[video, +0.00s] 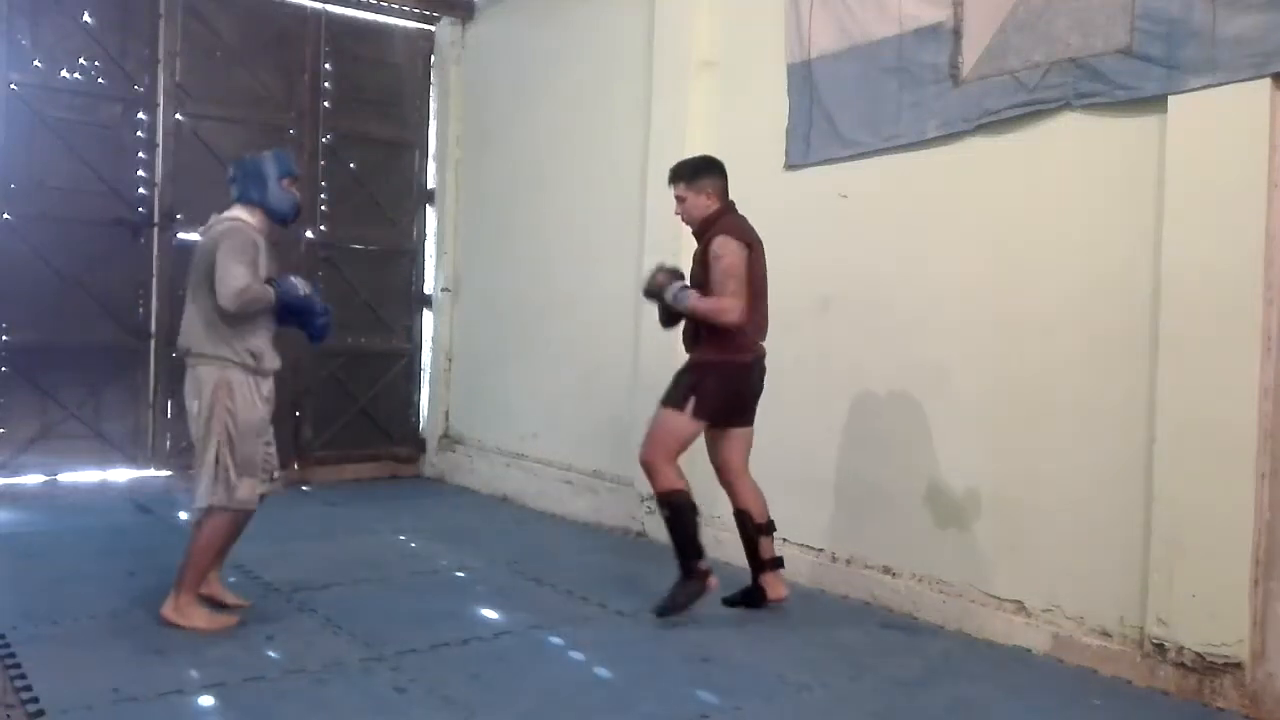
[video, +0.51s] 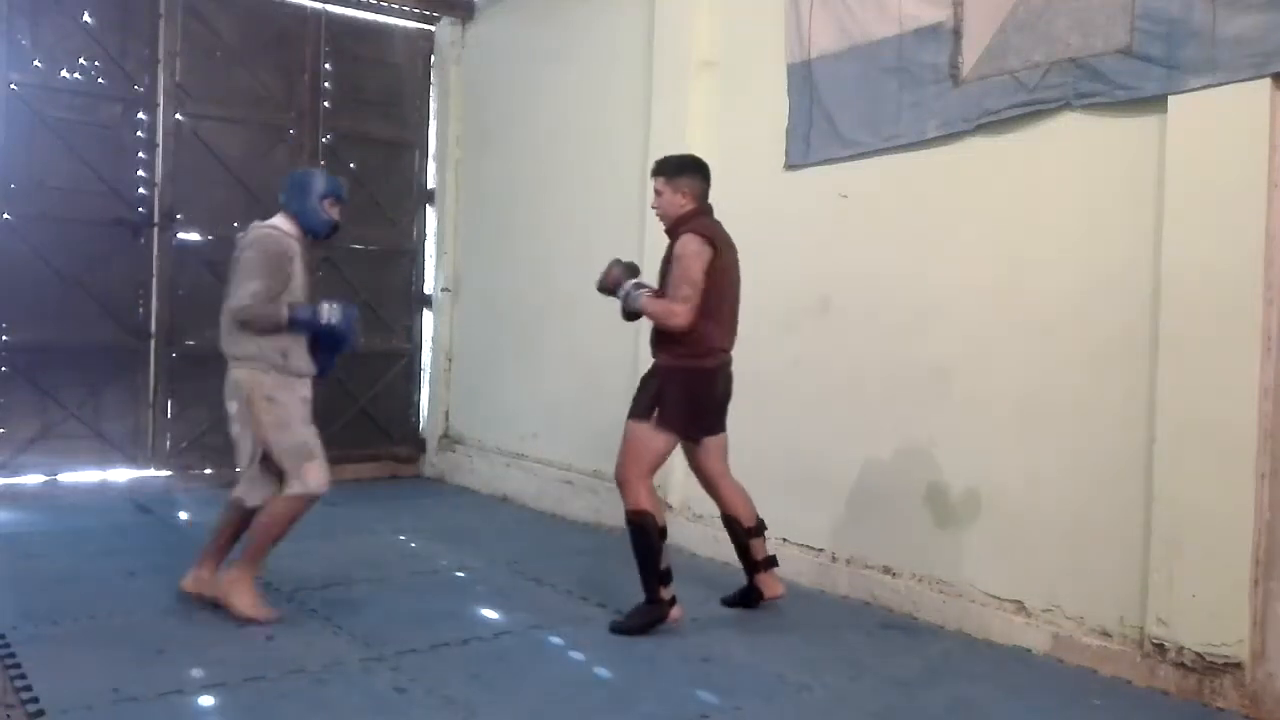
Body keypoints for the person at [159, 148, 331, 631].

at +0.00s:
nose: (296, 191)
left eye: (295, 183)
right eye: (289, 182)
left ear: (260, 186)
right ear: (266, 184)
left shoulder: (248, 234)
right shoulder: (238, 229)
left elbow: (243, 304)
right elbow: (233, 295)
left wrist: (290, 308)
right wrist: (284, 294)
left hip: (239, 374)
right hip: (222, 374)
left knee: (251, 484)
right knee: (235, 489)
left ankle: (205, 580)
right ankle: (183, 599)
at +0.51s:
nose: (336, 215)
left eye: (339, 206)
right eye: (330, 203)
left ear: (306, 203)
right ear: (304, 200)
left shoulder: (288, 246)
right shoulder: (269, 241)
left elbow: (270, 319)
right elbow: (246, 312)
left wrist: (318, 342)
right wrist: (309, 314)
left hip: (271, 379)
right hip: (263, 380)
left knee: (260, 482)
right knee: (309, 480)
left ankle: (204, 572)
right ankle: (239, 578)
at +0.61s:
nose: (355, 208)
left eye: (357, 199)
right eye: (350, 196)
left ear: (332, 196)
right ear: (325, 193)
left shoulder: (314, 240)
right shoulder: (283, 226)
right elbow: (250, 289)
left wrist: (342, 304)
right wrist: (317, 286)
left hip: (297, 363)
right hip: (278, 364)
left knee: (265, 473)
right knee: (319, 474)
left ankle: (207, 567)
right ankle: (298, 583)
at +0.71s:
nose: (367, 214)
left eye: (369, 206)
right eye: (361, 203)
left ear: (352, 204)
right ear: (336, 199)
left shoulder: (328, 241)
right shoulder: (298, 227)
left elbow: (313, 313)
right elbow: (285, 291)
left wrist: (351, 333)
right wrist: (344, 259)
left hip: (311, 372)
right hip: (299, 373)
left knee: (281, 478)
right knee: (338, 482)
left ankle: (216, 563)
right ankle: (318, 591)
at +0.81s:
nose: (379, 225)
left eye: (383, 217)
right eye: (374, 213)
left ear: (362, 215)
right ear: (352, 208)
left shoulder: (338, 252)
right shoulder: (309, 246)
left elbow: (335, 322)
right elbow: (327, 309)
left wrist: (371, 344)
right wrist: (373, 271)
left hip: (334, 381)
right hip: (314, 382)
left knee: (323, 491)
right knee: (341, 488)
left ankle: (254, 548)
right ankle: (320, 594)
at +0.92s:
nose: (398, 219)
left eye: (401, 209)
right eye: (393, 207)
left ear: (385, 206)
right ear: (369, 203)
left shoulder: (366, 245)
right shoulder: (330, 238)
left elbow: (357, 305)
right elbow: (333, 307)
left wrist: (383, 332)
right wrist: (386, 278)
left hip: (359, 373)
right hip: (324, 373)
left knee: (373, 476)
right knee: (336, 485)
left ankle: (309, 544)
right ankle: (318, 591)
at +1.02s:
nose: (409, 217)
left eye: (413, 209)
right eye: (404, 206)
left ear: (406, 211)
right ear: (379, 203)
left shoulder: (387, 246)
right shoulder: (341, 236)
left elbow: (381, 311)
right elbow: (347, 305)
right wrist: (392, 271)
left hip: (372, 368)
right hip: (331, 368)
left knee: (400, 467)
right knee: (342, 479)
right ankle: (300, 584)